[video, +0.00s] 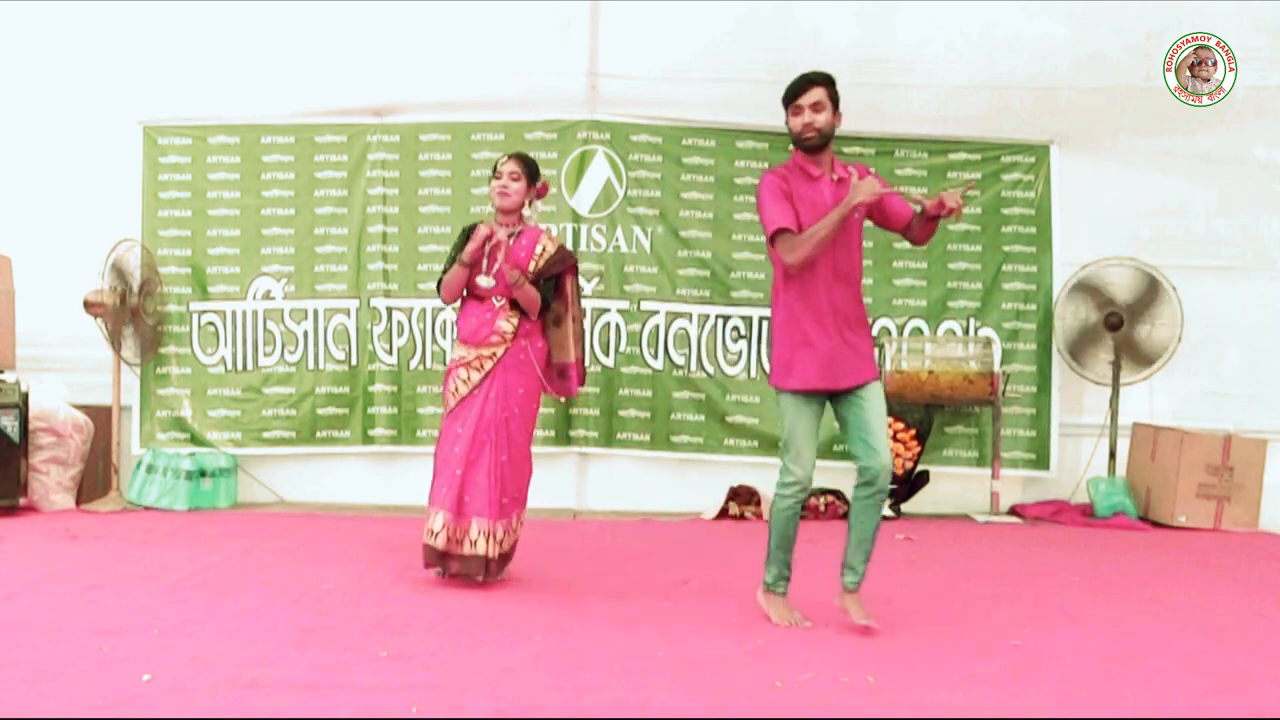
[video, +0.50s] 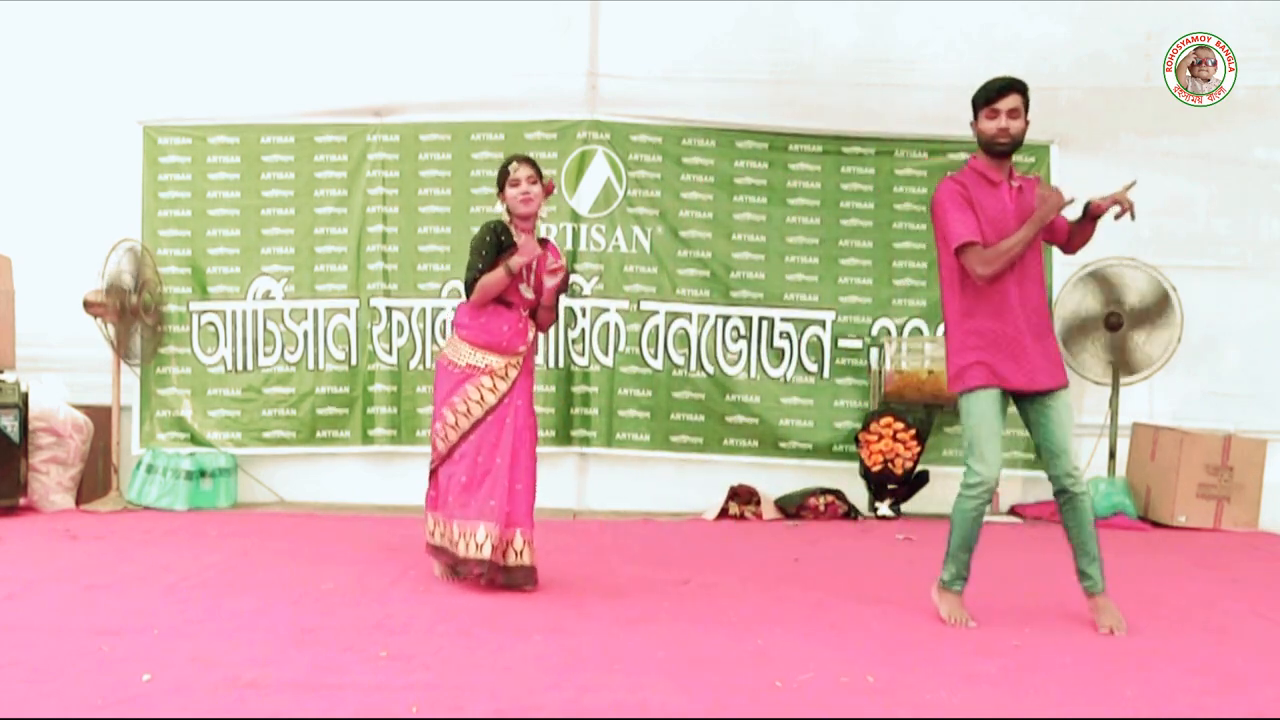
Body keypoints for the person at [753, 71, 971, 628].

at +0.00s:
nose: (807, 117)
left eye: (817, 108)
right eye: (797, 109)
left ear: (837, 117)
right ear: (786, 121)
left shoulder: (859, 177)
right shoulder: (777, 182)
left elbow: (915, 232)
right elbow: (791, 254)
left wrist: (933, 213)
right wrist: (850, 203)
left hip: (854, 349)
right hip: (799, 351)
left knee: (877, 466)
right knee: (798, 473)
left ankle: (852, 588)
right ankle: (774, 590)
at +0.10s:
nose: (847, 123)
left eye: (857, 115)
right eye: (837, 116)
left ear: (875, 126)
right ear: (824, 128)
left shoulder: (893, 191)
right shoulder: (810, 193)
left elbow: (941, 256)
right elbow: (827, 266)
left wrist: (962, 233)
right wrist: (889, 218)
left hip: (885, 357)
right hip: (828, 360)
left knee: (923, 478)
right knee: (815, 482)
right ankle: (776, 590)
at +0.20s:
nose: (905, 131)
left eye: (915, 123)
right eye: (895, 123)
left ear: (930, 135)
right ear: (879, 135)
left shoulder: (943, 204)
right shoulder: (861, 200)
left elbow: (980, 277)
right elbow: (879, 277)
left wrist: (1007, 253)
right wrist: (945, 240)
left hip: (939, 363)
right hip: (882, 365)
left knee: (969, 489)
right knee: (878, 488)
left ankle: (962, 603)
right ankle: (807, 577)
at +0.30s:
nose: (953, 121)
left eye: (962, 113)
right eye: (942, 112)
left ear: (974, 124)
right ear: (922, 121)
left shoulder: (978, 191)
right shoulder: (898, 183)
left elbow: (1015, 257)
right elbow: (923, 254)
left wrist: (1045, 228)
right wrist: (989, 216)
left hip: (980, 355)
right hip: (924, 354)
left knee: (995, 476)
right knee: (942, 474)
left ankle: (969, 591)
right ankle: (915, 576)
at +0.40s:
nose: (977, 116)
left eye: (987, 108)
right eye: (967, 106)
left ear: (997, 119)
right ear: (946, 114)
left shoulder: (996, 182)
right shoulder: (920, 175)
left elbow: (1033, 239)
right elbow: (949, 244)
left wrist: (1064, 210)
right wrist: (1008, 204)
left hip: (1004, 346)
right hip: (949, 347)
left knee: (1027, 464)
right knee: (968, 468)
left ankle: (1002, 586)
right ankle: (953, 587)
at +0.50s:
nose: (1006, 123)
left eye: (1015, 114)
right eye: (994, 114)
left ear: (1027, 124)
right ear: (975, 123)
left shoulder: (1033, 190)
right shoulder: (953, 190)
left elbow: (1068, 241)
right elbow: (980, 265)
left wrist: (1093, 211)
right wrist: (1041, 217)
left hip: (1035, 348)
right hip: (978, 349)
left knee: (1068, 474)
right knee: (984, 474)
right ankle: (950, 588)